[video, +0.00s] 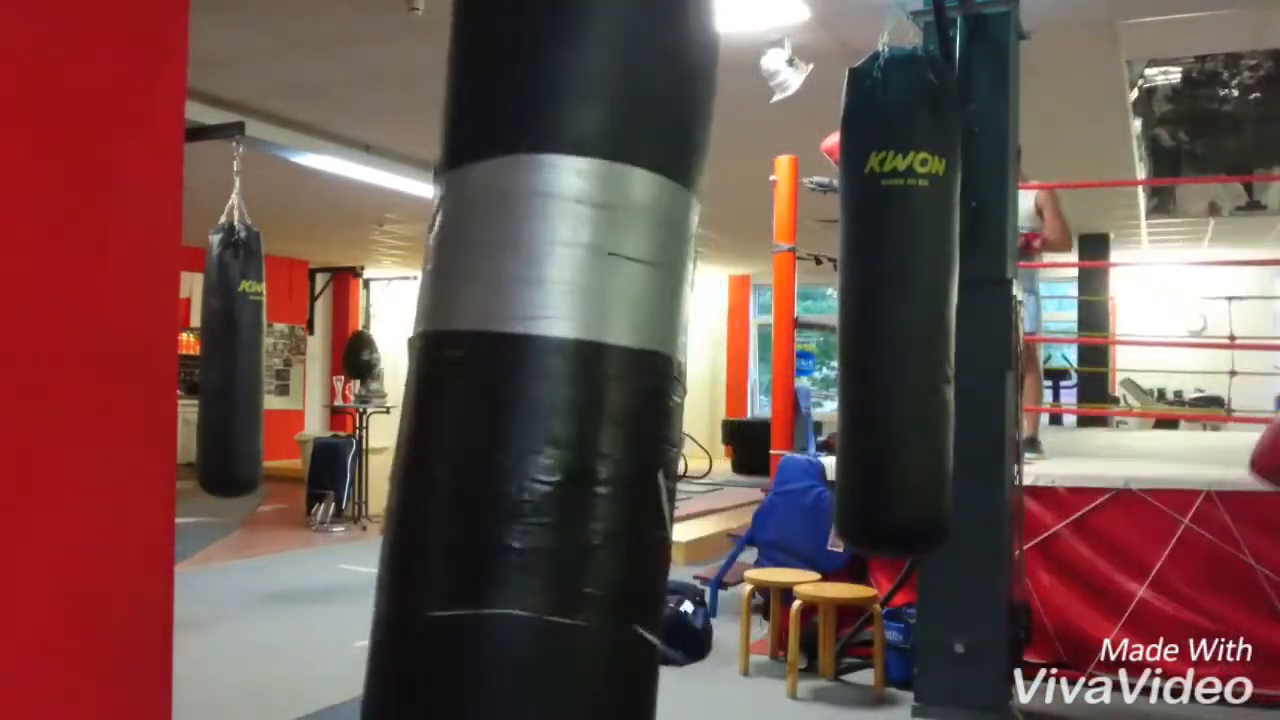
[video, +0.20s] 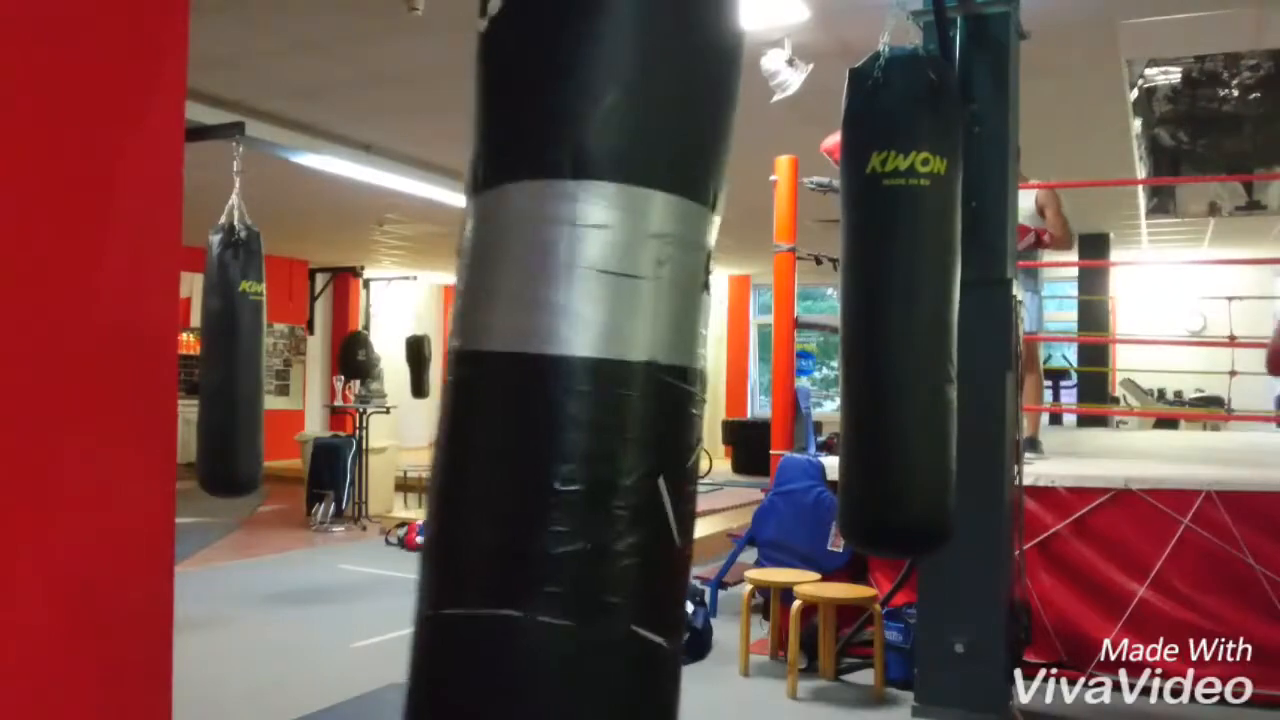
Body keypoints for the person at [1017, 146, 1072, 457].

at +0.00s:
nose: (1008, 162)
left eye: (1011, 155)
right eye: (1005, 155)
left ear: (1018, 156)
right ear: (999, 157)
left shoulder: (1037, 191)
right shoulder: (983, 190)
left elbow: (1061, 239)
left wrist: (1030, 243)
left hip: (1021, 285)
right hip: (986, 288)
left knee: (1026, 358)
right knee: (995, 361)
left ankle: (1029, 435)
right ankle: (998, 436)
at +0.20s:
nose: (1007, 163)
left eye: (1009, 156)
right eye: (1005, 157)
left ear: (1017, 157)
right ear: (1011, 158)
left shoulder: (1039, 192)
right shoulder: (985, 191)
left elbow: (1064, 239)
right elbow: (1062, 237)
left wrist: (1034, 236)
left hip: (1023, 285)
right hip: (989, 287)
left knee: (1028, 361)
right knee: (996, 363)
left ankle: (1030, 435)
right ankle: (1000, 438)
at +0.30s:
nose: (1006, 161)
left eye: (1009, 154)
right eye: (1002, 155)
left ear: (1017, 155)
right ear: (997, 158)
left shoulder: (1039, 193)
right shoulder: (986, 192)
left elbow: (1057, 241)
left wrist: (1029, 238)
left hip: (1023, 283)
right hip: (989, 284)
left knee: (1027, 359)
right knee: (993, 360)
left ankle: (1029, 435)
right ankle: (997, 437)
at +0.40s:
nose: (1006, 162)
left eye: (1010, 155)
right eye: (1003, 155)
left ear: (1019, 157)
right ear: (996, 159)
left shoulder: (1039, 192)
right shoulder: (988, 192)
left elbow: (1049, 243)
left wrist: (1019, 240)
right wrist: (1000, 241)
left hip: (1023, 284)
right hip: (991, 286)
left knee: (1028, 359)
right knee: (995, 361)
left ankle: (1030, 435)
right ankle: (999, 437)